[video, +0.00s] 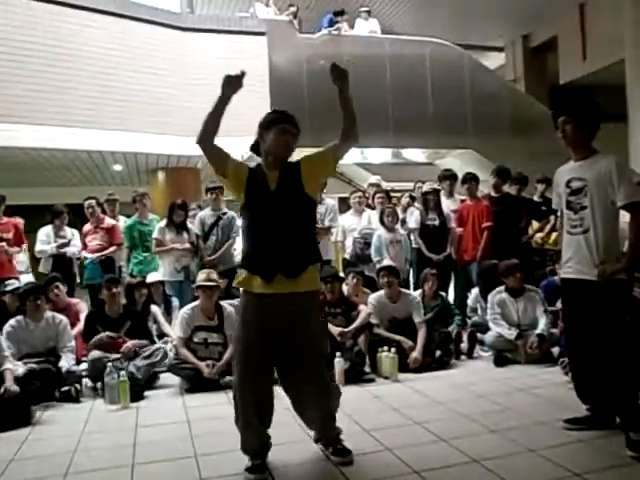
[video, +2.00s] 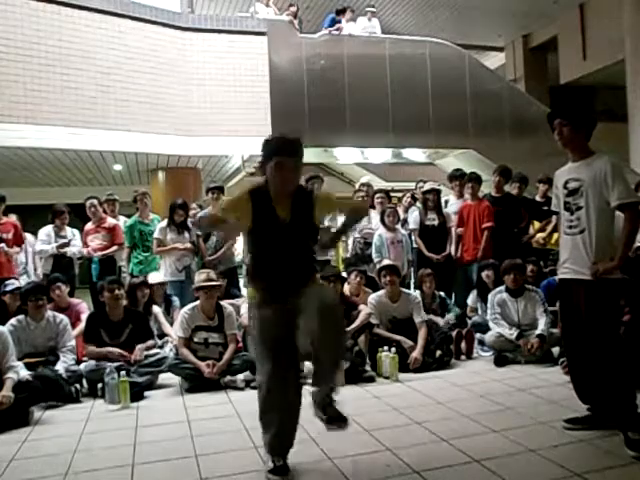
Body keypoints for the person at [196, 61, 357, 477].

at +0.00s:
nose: (287, 138)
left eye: (291, 135)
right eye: (279, 132)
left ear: (296, 144)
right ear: (260, 139)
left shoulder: (309, 171)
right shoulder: (242, 176)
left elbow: (349, 137)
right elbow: (206, 141)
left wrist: (343, 91)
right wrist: (224, 97)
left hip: (302, 294)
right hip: (256, 295)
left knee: (315, 372)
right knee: (250, 379)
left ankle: (329, 436)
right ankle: (256, 454)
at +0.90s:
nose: (321, 139)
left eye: (326, 135)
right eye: (315, 133)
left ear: (331, 142)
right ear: (297, 138)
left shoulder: (344, 173)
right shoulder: (282, 177)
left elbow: (388, 153)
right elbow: (247, 145)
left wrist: (390, 106)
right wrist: (266, 100)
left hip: (338, 289)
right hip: (291, 289)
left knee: (339, 367)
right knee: (272, 370)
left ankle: (331, 433)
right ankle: (263, 451)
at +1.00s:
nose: (317, 142)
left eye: (320, 136)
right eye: (309, 137)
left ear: (328, 141)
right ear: (295, 145)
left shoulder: (348, 178)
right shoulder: (285, 183)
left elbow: (391, 176)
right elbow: (250, 185)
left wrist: (397, 148)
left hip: (339, 291)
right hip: (294, 290)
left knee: (337, 369)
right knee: (281, 372)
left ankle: (329, 432)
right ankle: (266, 450)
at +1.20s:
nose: (323, 141)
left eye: (328, 134)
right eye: (316, 134)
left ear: (335, 138)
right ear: (301, 140)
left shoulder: (349, 178)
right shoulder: (290, 178)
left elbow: (390, 199)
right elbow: (263, 195)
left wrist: (390, 178)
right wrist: (260, 175)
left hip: (339, 283)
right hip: (295, 276)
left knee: (337, 363)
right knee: (258, 320)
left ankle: (329, 432)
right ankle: (281, 400)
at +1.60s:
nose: (314, 143)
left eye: (319, 137)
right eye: (306, 137)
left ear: (328, 140)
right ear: (294, 142)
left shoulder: (343, 175)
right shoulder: (277, 179)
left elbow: (384, 169)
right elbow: (247, 215)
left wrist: (371, 151)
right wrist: (251, 223)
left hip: (328, 282)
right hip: (286, 276)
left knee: (332, 362)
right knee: (262, 313)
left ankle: (328, 432)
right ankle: (282, 388)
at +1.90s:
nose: (294, 144)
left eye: (300, 138)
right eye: (286, 138)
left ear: (308, 140)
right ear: (271, 142)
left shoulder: (322, 174)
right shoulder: (254, 181)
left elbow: (360, 168)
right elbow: (211, 219)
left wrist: (367, 164)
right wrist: (247, 252)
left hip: (315, 283)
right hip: (271, 286)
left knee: (336, 356)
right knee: (281, 371)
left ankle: (328, 417)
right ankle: (278, 450)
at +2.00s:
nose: (287, 177)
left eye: (293, 170)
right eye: (280, 170)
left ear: (301, 171)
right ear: (266, 169)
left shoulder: (311, 200)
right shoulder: (249, 199)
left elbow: (360, 208)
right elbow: (205, 221)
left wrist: (336, 235)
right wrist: (222, 224)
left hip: (306, 292)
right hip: (266, 296)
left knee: (328, 307)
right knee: (275, 374)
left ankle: (324, 397)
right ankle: (277, 451)